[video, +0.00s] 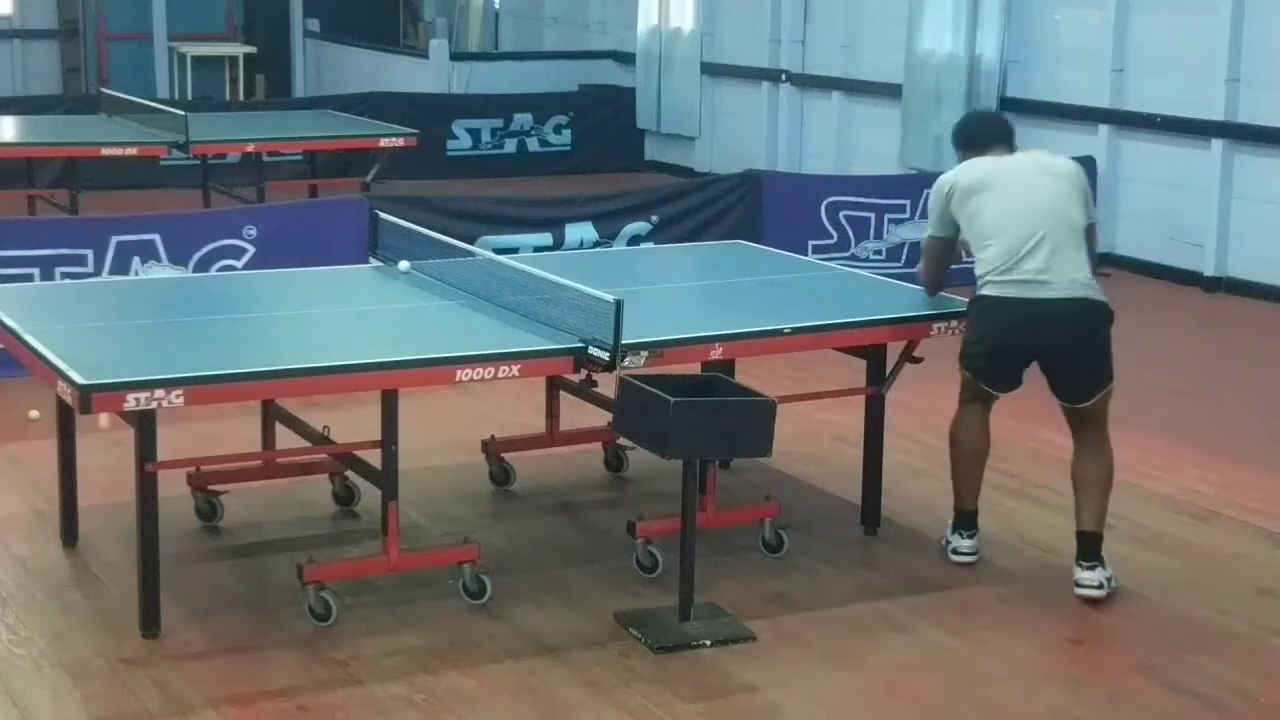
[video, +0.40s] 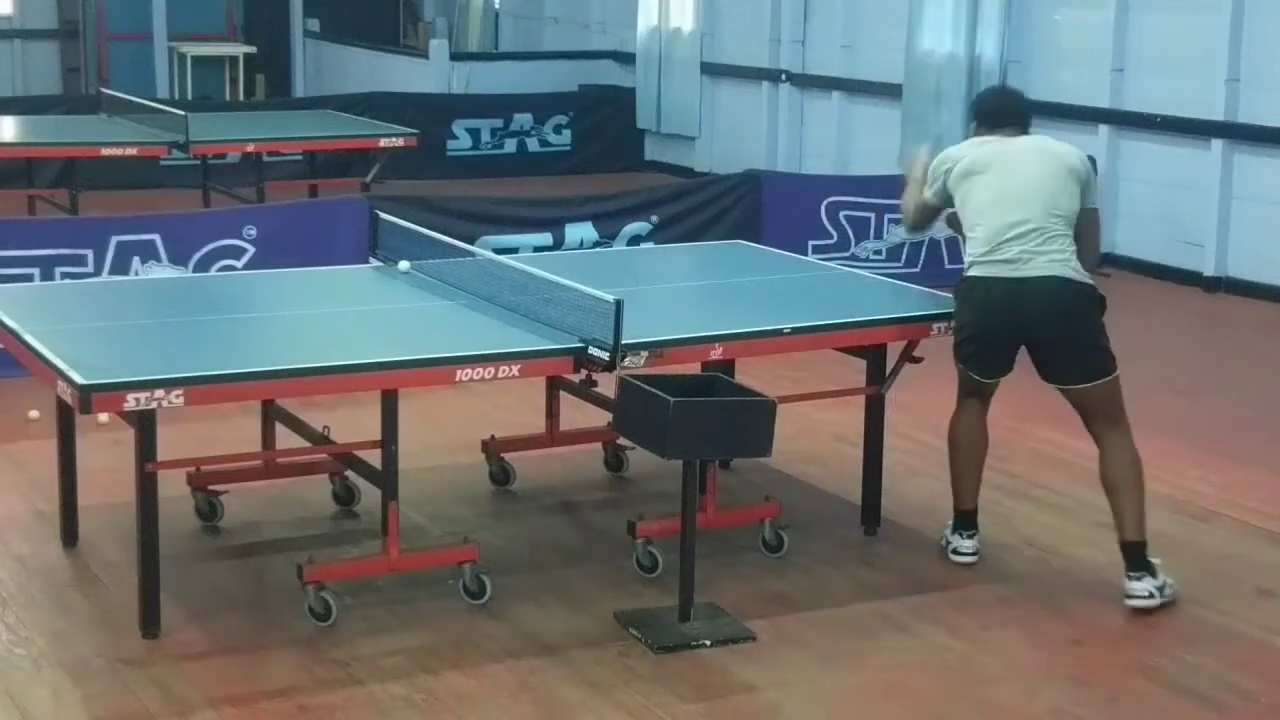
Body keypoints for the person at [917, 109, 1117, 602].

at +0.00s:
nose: (960, 164)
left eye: (959, 157)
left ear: (964, 153)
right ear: (1012, 141)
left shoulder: (953, 182)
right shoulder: (1068, 169)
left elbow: (932, 279)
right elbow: (1086, 251)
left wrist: (948, 250)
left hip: (1001, 315)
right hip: (1079, 316)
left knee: (974, 404)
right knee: (1090, 431)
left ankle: (964, 530)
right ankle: (1089, 563)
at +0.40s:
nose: (973, 135)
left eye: (974, 127)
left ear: (976, 126)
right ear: (1028, 123)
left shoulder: (956, 158)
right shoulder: (1072, 159)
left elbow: (913, 219)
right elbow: (1088, 253)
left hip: (986, 298)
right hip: (1063, 301)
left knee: (973, 401)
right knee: (1110, 428)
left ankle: (964, 531)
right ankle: (1139, 571)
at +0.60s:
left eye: (1020, 100)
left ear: (1021, 104)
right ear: (1075, 111)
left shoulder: (990, 140)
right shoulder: (1103, 157)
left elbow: (913, 163)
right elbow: (1121, 260)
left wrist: (923, 134)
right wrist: (1071, 245)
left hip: (996, 293)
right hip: (1074, 300)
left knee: (979, 399)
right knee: (1119, 431)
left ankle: (964, 531)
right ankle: (1141, 578)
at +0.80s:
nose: (1059, 95)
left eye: (1062, 87)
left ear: (1065, 94)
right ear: (1119, 103)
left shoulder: (1025, 132)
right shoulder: (1139, 145)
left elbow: (931, 184)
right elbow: (1168, 224)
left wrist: (868, 192)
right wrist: (1127, 250)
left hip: (1019, 286)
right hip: (1095, 296)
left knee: (991, 396)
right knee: (1132, 428)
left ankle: (965, 529)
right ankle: (1142, 577)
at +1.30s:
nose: (993, 135)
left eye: (998, 124)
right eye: (996, 124)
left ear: (1018, 129)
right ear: (1052, 135)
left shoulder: (1021, 168)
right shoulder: (1086, 174)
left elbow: (988, 227)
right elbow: (1101, 252)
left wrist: (887, 243)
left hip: (1076, 324)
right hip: (1141, 327)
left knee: (989, 409)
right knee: (1122, 450)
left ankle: (1031, 544)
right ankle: (1151, 542)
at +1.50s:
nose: (982, 78)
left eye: (993, 69)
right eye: (985, 68)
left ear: (1026, 79)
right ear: (1015, 80)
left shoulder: (1055, 126)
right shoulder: (1025, 134)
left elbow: (1088, 202)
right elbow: (1055, 207)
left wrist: (1016, 201)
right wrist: (996, 203)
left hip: (1099, 277)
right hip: (1083, 276)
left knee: (1015, 397)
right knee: (1044, 398)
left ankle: (1032, 542)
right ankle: (1144, 470)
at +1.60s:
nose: (995, 53)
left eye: (1007, 44)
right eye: (995, 44)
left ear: (1041, 53)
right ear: (1007, 54)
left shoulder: (1081, 108)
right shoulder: (1011, 114)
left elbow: (1123, 191)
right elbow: (1020, 175)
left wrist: (1057, 195)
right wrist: (978, 191)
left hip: (1106, 254)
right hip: (1060, 257)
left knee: (1065, 380)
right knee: (1023, 358)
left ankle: (1062, 522)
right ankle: (1114, 448)